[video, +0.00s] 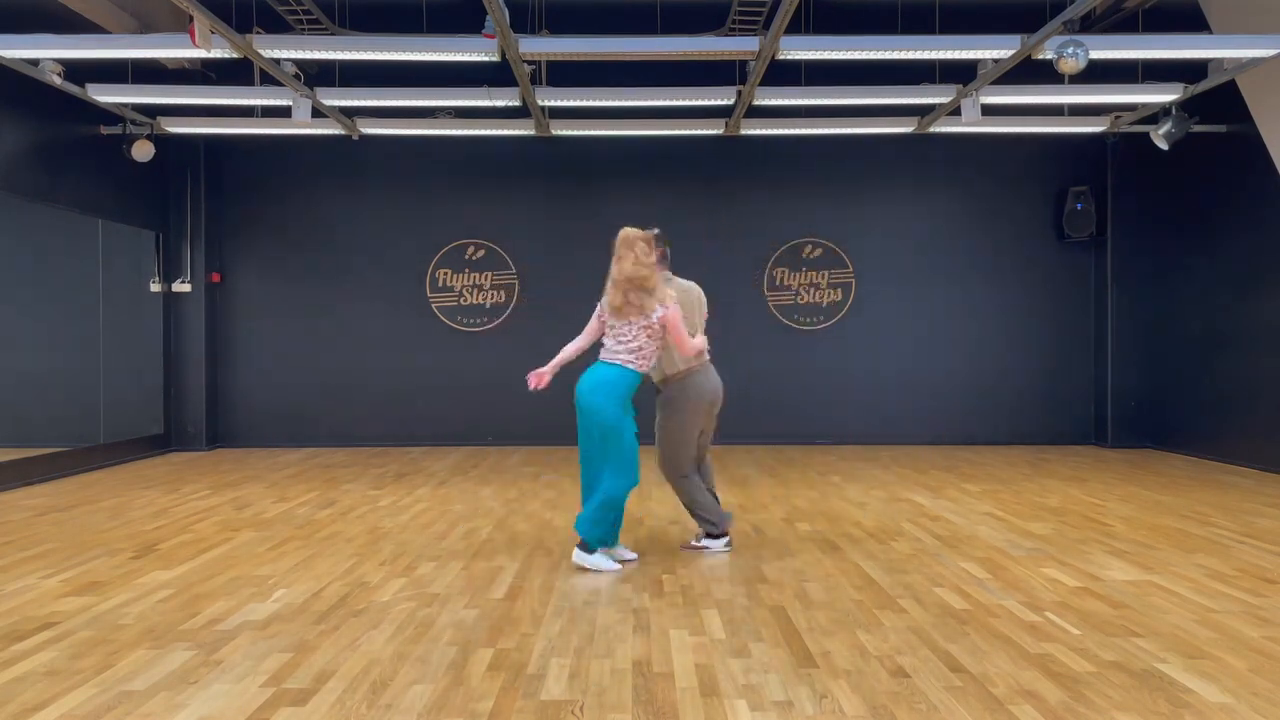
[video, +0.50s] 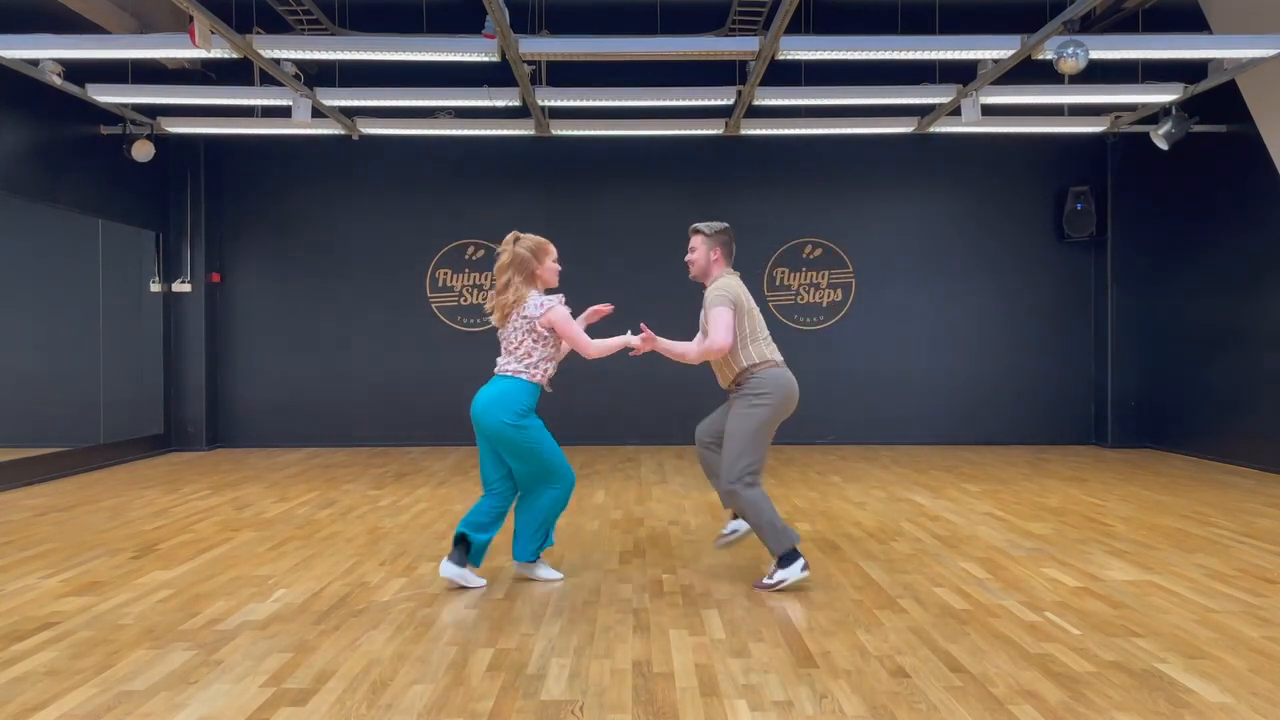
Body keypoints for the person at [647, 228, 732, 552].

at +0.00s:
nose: (639, 262)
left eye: (642, 256)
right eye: (644, 254)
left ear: (650, 257)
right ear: (665, 257)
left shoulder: (647, 297)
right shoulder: (694, 290)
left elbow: (643, 343)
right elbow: (697, 331)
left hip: (680, 386)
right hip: (707, 375)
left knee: (676, 467)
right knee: (698, 458)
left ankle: (716, 528)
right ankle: (713, 527)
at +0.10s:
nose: (641, 261)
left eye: (646, 254)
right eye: (640, 254)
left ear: (668, 255)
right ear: (671, 256)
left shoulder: (658, 292)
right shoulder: (701, 283)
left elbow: (646, 340)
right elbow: (684, 329)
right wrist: (647, 354)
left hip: (707, 382)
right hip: (731, 372)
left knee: (661, 447)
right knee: (696, 444)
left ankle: (702, 516)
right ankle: (725, 509)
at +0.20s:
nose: (659, 263)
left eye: (665, 256)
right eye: (659, 256)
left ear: (688, 259)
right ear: (687, 261)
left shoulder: (680, 294)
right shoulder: (712, 290)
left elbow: (669, 352)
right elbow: (700, 350)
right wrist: (660, 364)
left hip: (718, 390)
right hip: (737, 385)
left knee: (661, 441)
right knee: (705, 463)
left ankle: (704, 511)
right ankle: (751, 527)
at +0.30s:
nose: (671, 262)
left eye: (676, 255)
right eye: (671, 255)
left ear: (700, 256)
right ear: (697, 258)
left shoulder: (702, 290)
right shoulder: (711, 287)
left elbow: (681, 350)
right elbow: (699, 351)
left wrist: (671, 326)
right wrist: (663, 358)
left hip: (736, 392)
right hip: (724, 392)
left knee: (694, 465)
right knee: (720, 468)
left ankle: (723, 542)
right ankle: (752, 535)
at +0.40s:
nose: (676, 253)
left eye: (682, 246)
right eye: (676, 246)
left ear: (705, 249)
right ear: (702, 251)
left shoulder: (709, 282)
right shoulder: (714, 282)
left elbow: (694, 346)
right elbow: (693, 349)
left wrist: (681, 324)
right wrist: (656, 346)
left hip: (754, 377)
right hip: (747, 377)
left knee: (706, 452)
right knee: (709, 449)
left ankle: (755, 532)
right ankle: (734, 519)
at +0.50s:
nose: (687, 257)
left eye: (693, 250)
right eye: (688, 250)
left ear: (715, 255)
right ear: (714, 256)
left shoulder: (721, 288)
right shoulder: (720, 292)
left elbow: (721, 342)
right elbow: (695, 352)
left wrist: (693, 354)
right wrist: (656, 342)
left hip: (764, 384)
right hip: (756, 386)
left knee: (736, 480)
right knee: (707, 436)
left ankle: (789, 557)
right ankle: (741, 511)